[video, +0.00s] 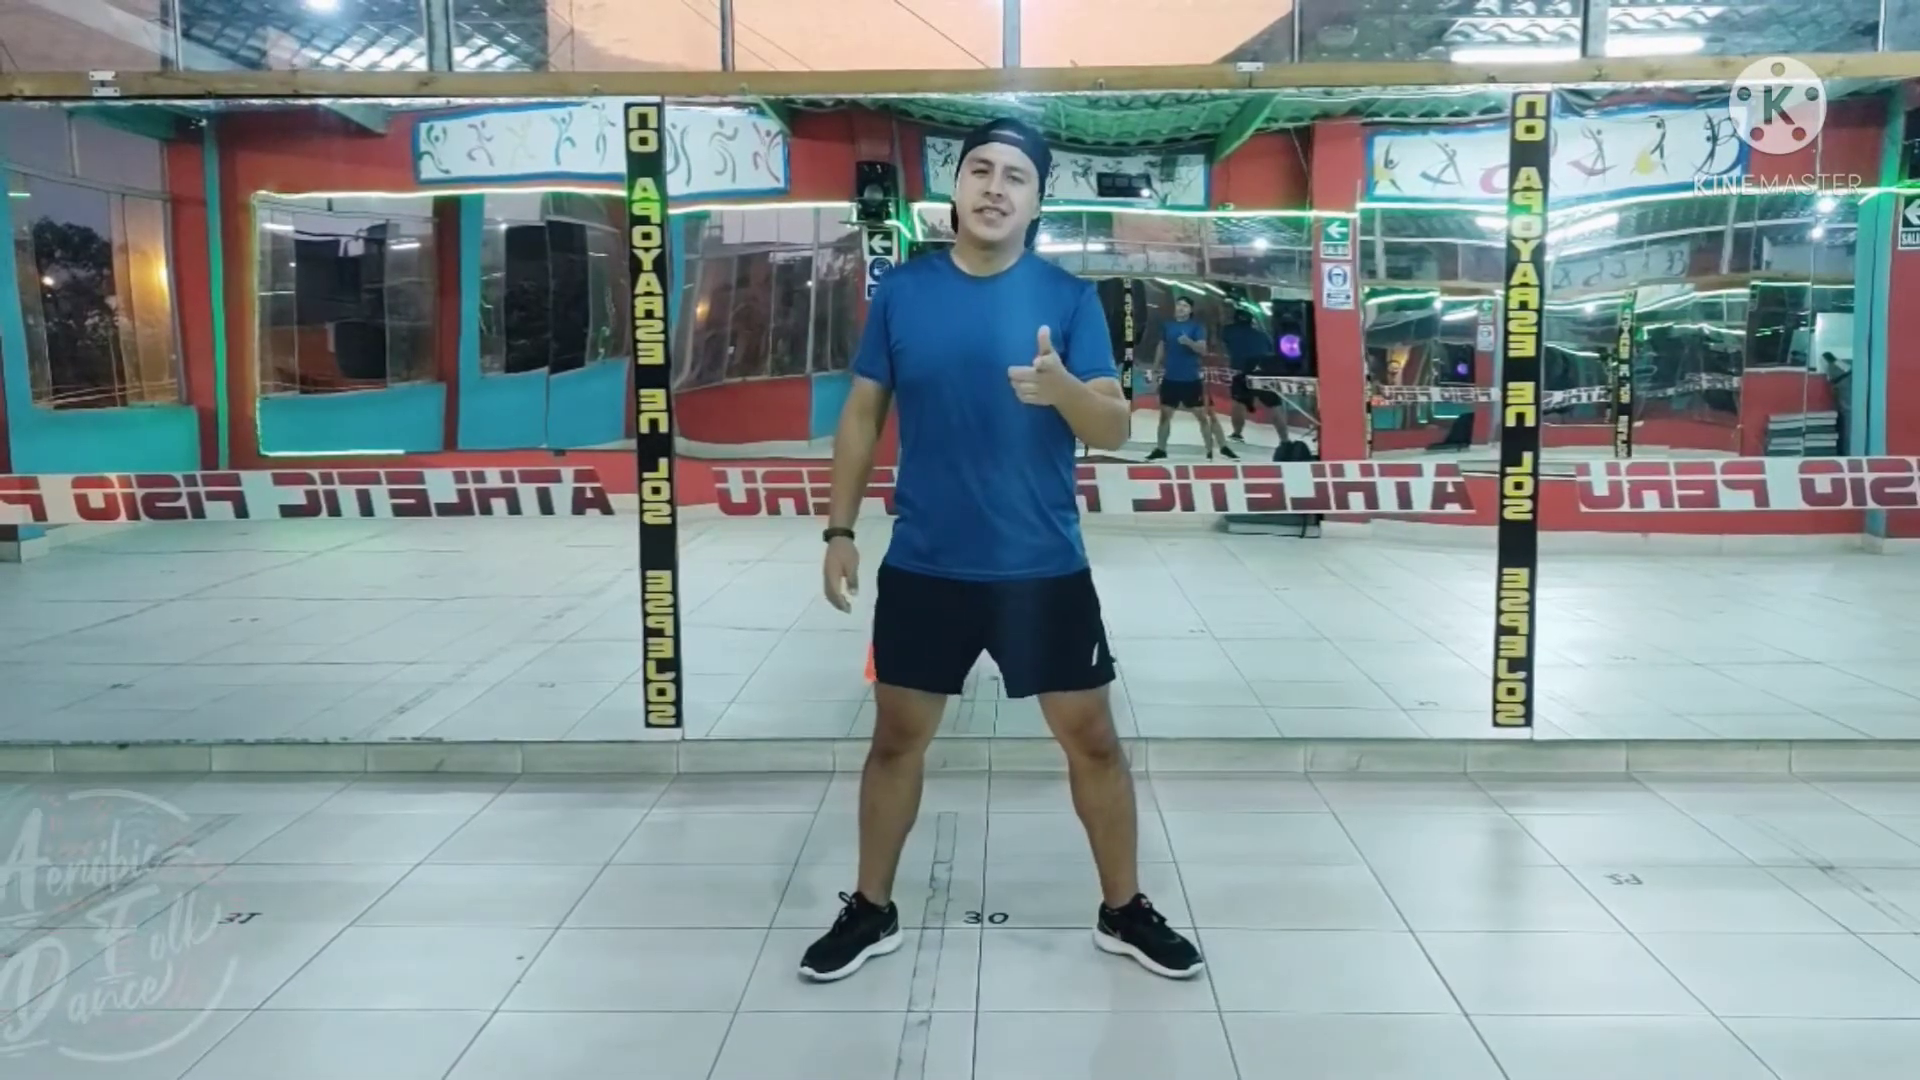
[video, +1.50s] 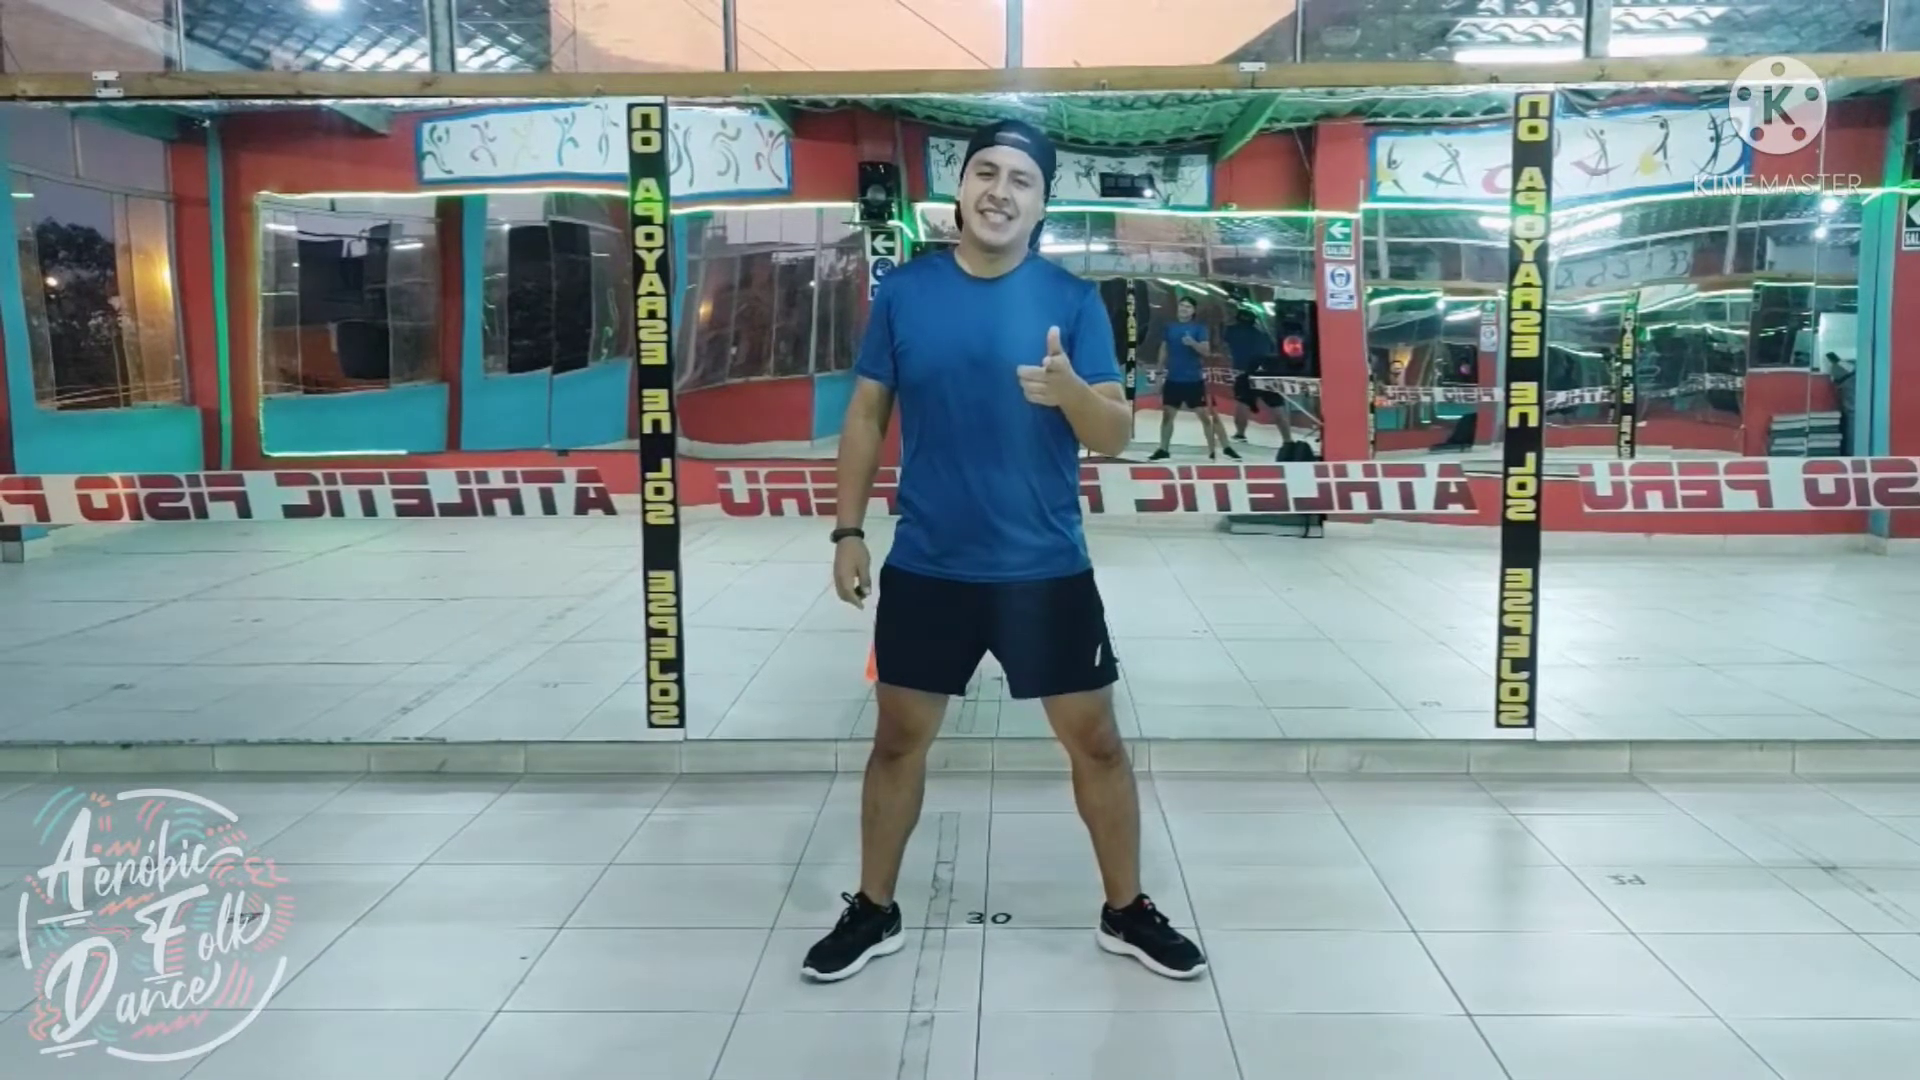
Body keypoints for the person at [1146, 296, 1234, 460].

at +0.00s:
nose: (1181, 308)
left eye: (1185, 306)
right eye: (1179, 305)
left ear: (1190, 309)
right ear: (1175, 308)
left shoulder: (1197, 327)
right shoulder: (1167, 326)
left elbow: (1203, 349)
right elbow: (1161, 346)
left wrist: (1189, 342)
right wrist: (1155, 368)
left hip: (1191, 379)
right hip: (1171, 378)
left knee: (1202, 416)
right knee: (1165, 415)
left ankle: (1210, 450)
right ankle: (1160, 448)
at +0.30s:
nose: (1181, 309)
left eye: (1185, 306)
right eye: (1179, 306)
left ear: (1191, 310)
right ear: (1175, 308)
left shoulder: (1198, 328)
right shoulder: (1167, 327)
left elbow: (1203, 350)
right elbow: (1162, 347)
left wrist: (1190, 343)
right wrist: (1157, 368)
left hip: (1192, 379)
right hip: (1171, 378)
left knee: (1203, 416)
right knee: (1165, 415)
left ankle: (1210, 450)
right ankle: (1161, 448)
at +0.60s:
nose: (1182, 309)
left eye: (1185, 307)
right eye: (1180, 306)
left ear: (1191, 310)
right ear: (1175, 308)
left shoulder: (1198, 328)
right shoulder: (1168, 327)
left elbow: (1204, 350)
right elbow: (1162, 348)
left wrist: (1190, 343)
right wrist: (1157, 368)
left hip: (1192, 379)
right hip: (1172, 378)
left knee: (1202, 415)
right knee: (1166, 414)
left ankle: (1211, 449)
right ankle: (1162, 448)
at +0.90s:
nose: (1182, 309)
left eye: (1186, 307)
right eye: (1180, 306)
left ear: (1192, 310)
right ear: (1176, 308)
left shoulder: (1199, 328)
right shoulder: (1169, 328)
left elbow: (1204, 350)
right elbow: (1162, 348)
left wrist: (1190, 343)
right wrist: (1158, 368)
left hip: (1192, 379)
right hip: (1172, 378)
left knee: (1203, 416)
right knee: (1166, 415)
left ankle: (1212, 450)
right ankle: (1162, 448)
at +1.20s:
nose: (1183, 309)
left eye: (1186, 307)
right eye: (1181, 306)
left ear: (1193, 311)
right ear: (1177, 309)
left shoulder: (1199, 328)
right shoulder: (1169, 328)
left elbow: (1205, 350)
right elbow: (1163, 348)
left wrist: (1192, 343)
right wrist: (1159, 367)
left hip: (1193, 379)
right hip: (1173, 378)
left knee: (1203, 415)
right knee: (1167, 414)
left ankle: (1212, 450)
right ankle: (1163, 448)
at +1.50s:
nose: (1184, 309)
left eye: (1187, 307)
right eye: (1182, 306)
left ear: (1193, 311)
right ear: (1177, 308)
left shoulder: (1200, 329)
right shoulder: (1170, 328)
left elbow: (1206, 351)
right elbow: (1164, 349)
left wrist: (1193, 343)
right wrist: (1160, 368)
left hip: (1194, 379)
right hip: (1173, 378)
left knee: (1204, 415)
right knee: (1167, 414)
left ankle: (1212, 450)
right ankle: (1163, 448)